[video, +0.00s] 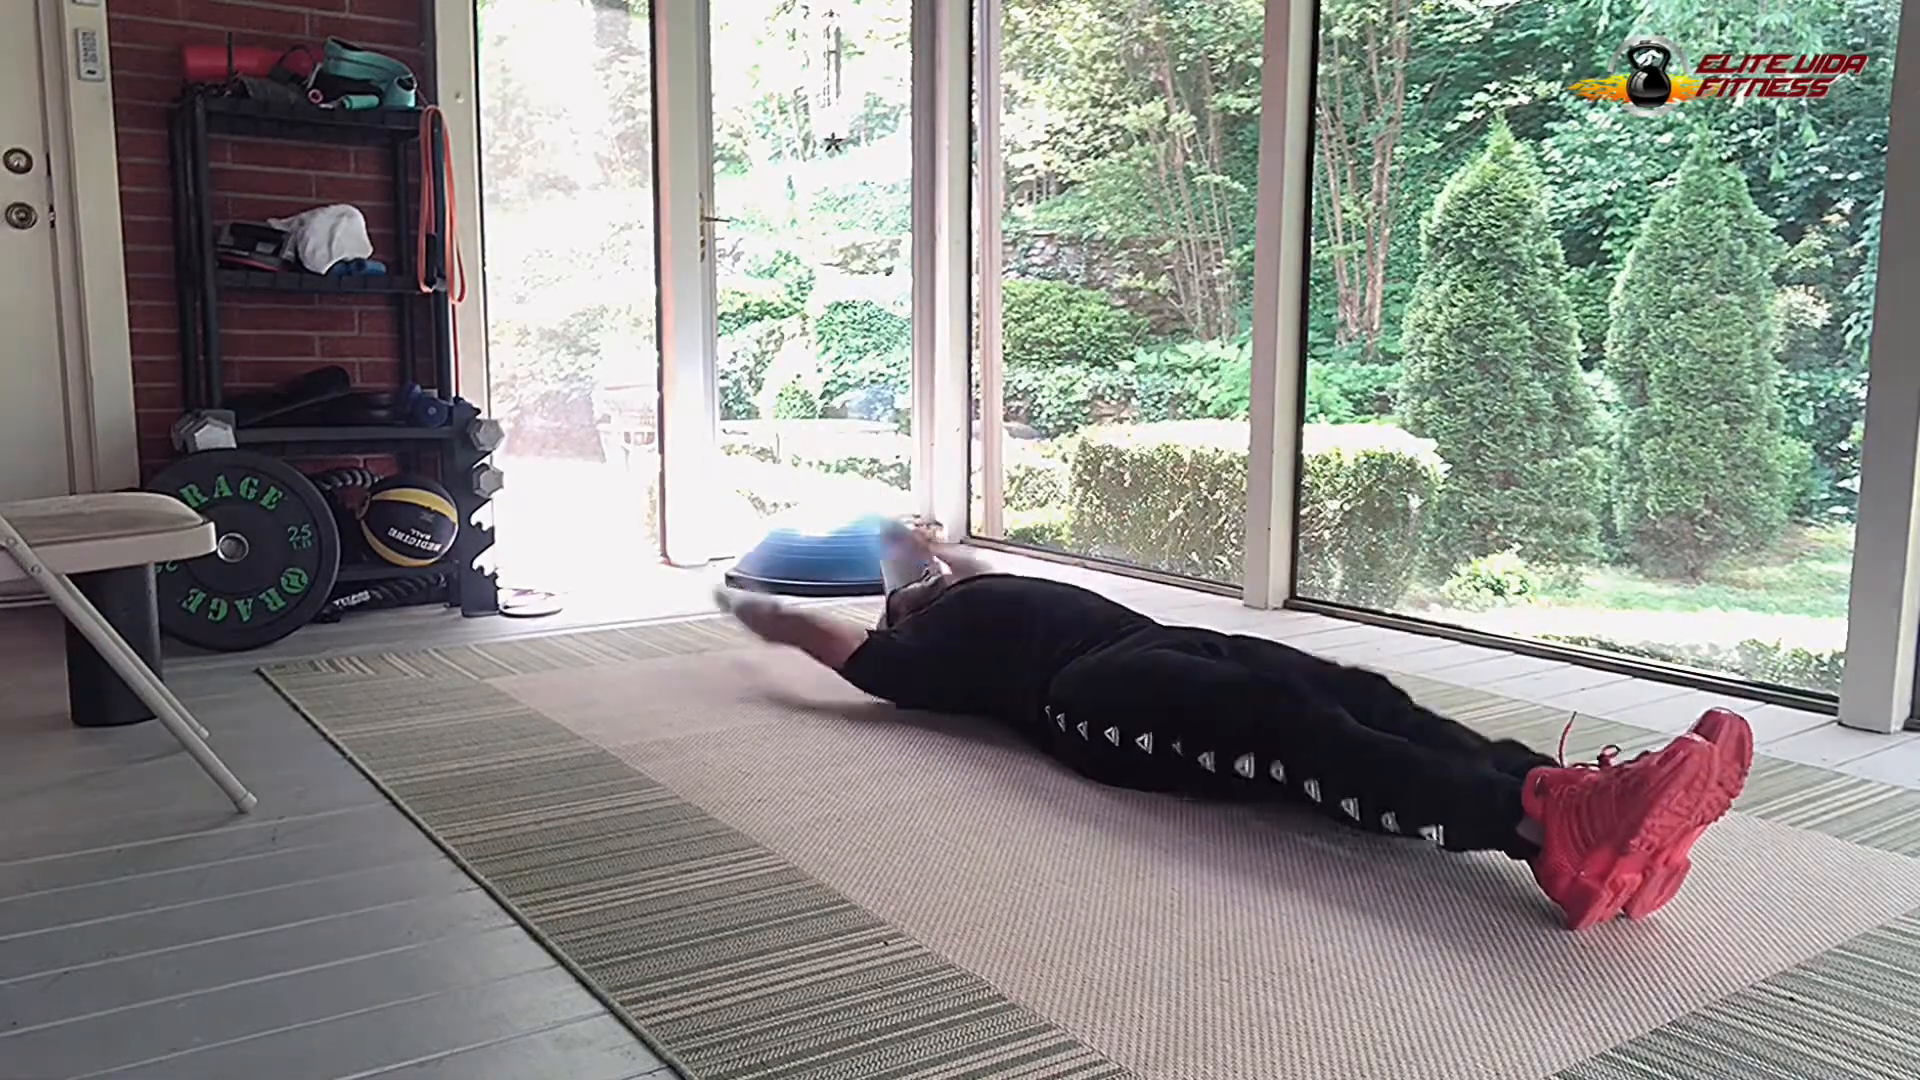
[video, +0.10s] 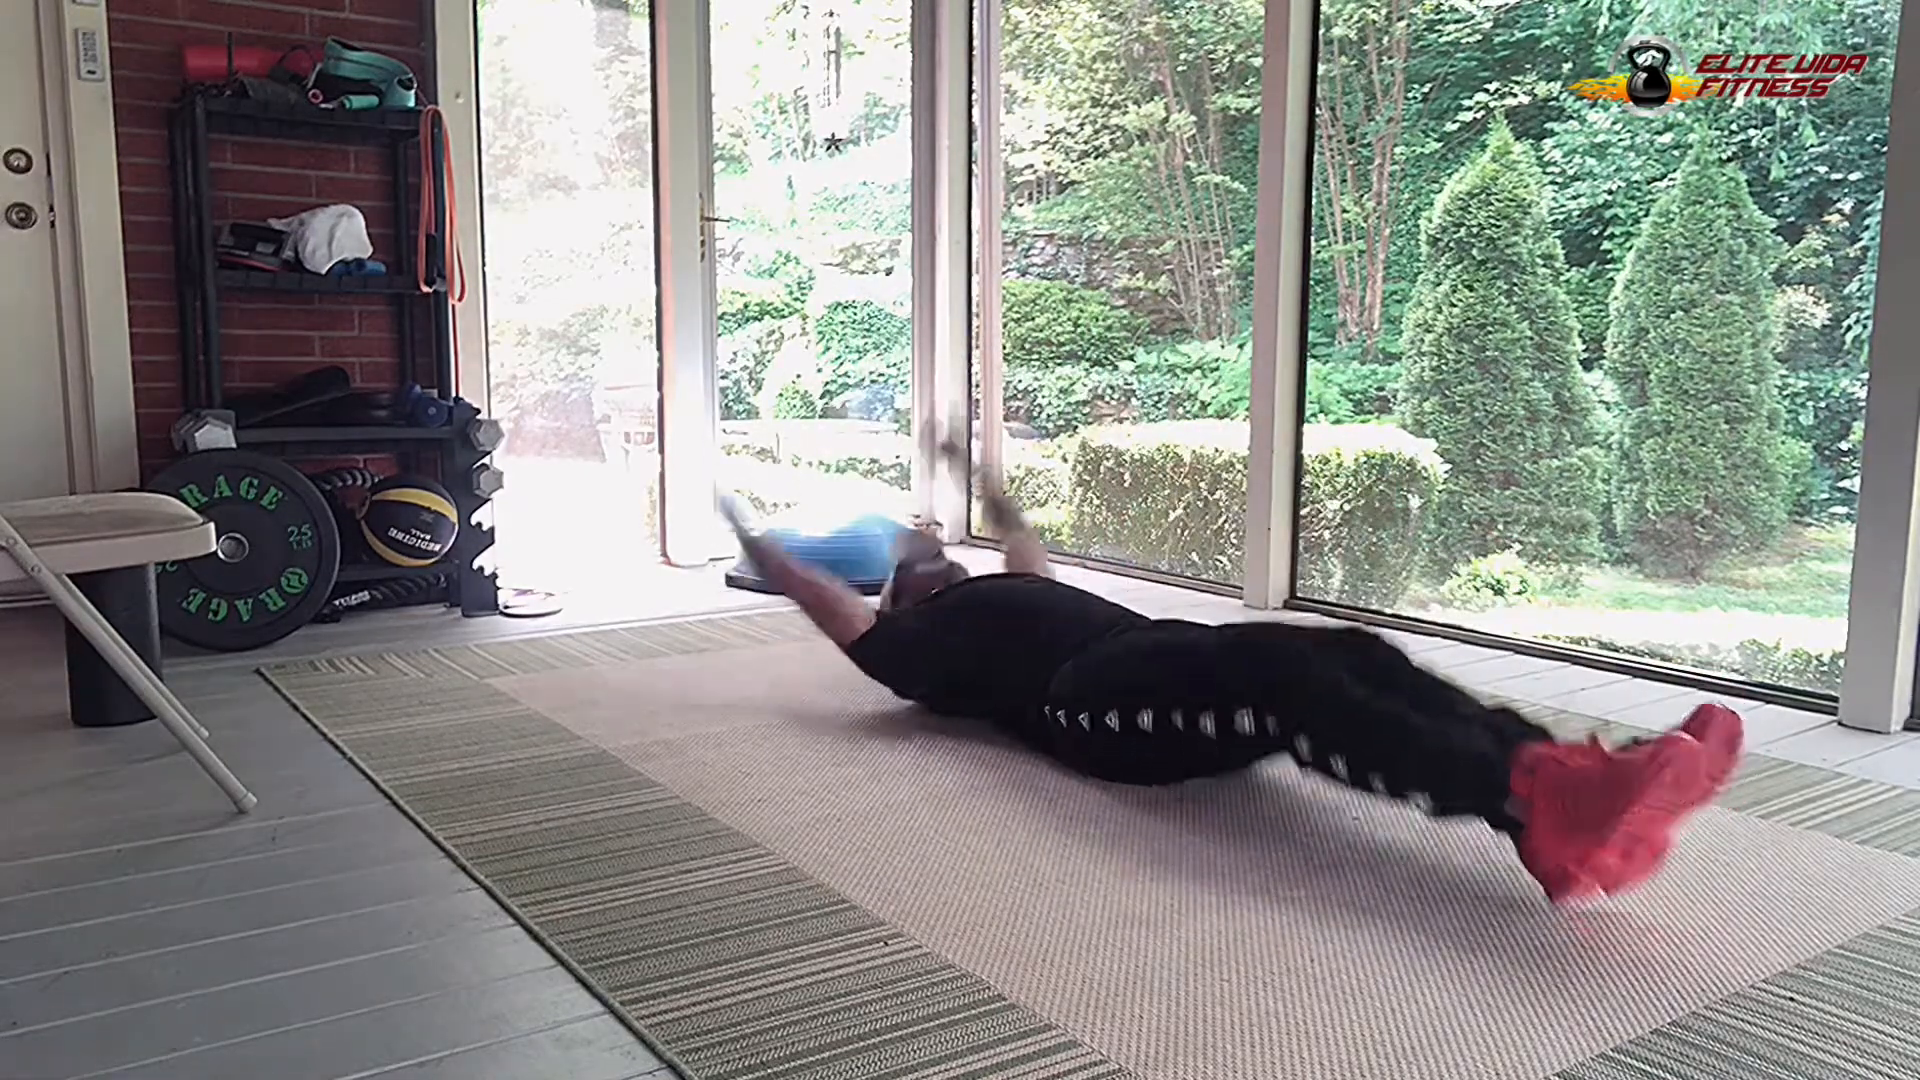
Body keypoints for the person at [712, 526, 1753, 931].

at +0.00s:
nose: (941, 541)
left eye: (946, 539)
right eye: (919, 547)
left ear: (963, 558)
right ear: (892, 586)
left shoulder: (1013, 584)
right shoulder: (888, 645)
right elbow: (747, 604)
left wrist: (950, 545)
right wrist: (829, 591)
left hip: (1170, 643)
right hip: (1090, 685)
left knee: (1358, 688)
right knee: (1290, 721)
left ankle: (1582, 830)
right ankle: (1554, 826)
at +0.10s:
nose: (912, 554)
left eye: (915, 550)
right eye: (895, 560)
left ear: (939, 565)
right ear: (878, 594)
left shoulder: (996, 585)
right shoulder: (882, 626)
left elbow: (1043, 558)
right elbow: (771, 559)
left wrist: (967, 537)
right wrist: (773, 550)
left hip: (1136, 649)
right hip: (1067, 686)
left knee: (1352, 648)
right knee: (1290, 673)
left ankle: (1577, 788)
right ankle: (1539, 812)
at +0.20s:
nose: (953, 525)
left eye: (958, 519)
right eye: (933, 526)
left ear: (979, 541)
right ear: (904, 563)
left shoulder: (1036, 584)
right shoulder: (913, 623)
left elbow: (1068, 525)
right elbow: (840, 567)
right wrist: (796, 489)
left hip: (1168, 684)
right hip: (1090, 708)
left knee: (1337, 592)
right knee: (1260, 612)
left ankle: (1544, 739)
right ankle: (1498, 759)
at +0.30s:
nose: (982, 489)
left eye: (988, 479)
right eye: (963, 484)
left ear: (1007, 503)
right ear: (927, 521)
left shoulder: (1062, 557)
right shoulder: (926, 595)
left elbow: (1130, 454)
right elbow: (887, 557)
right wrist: (863, 463)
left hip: (1175, 691)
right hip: (1089, 713)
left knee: (1312, 536)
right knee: (1221, 552)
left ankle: (1494, 682)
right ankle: (1447, 703)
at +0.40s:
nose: (1025, 480)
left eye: (1026, 467)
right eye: (1007, 468)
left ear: (1027, 477)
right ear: (961, 481)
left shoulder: (1073, 542)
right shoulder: (942, 577)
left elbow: (1174, 485)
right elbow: (948, 508)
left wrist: (1265, 377)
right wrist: (982, 386)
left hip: (1179, 702)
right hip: (1094, 714)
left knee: (1274, 488)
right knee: (1174, 511)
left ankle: (1436, 635)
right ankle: (1376, 655)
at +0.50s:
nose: (1053, 469)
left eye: (1058, 455)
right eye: (1035, 458)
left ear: (1064, 459)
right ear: (990, 473)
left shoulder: (1103, 526)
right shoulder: (959, 544)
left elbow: (1217, 524)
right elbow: (982, 550)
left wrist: (1348, 438)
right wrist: (1081, 426)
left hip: (1188, 708)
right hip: (1095, 713)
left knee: (1226, 451)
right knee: (1144, 461)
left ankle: (1369, 588)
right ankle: (1318, 612)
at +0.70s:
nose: (1090, 450)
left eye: (1084, 437)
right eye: (1077, 441)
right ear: (1021, 452)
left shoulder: (1088, 501)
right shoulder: (974, 531)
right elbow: (1051, 556)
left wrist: (1361, 535)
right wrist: (1176, 542)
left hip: (1188, 704)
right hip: (1098, 715)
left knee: (1182, 445)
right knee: (1123, 454)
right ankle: (1275, 593)